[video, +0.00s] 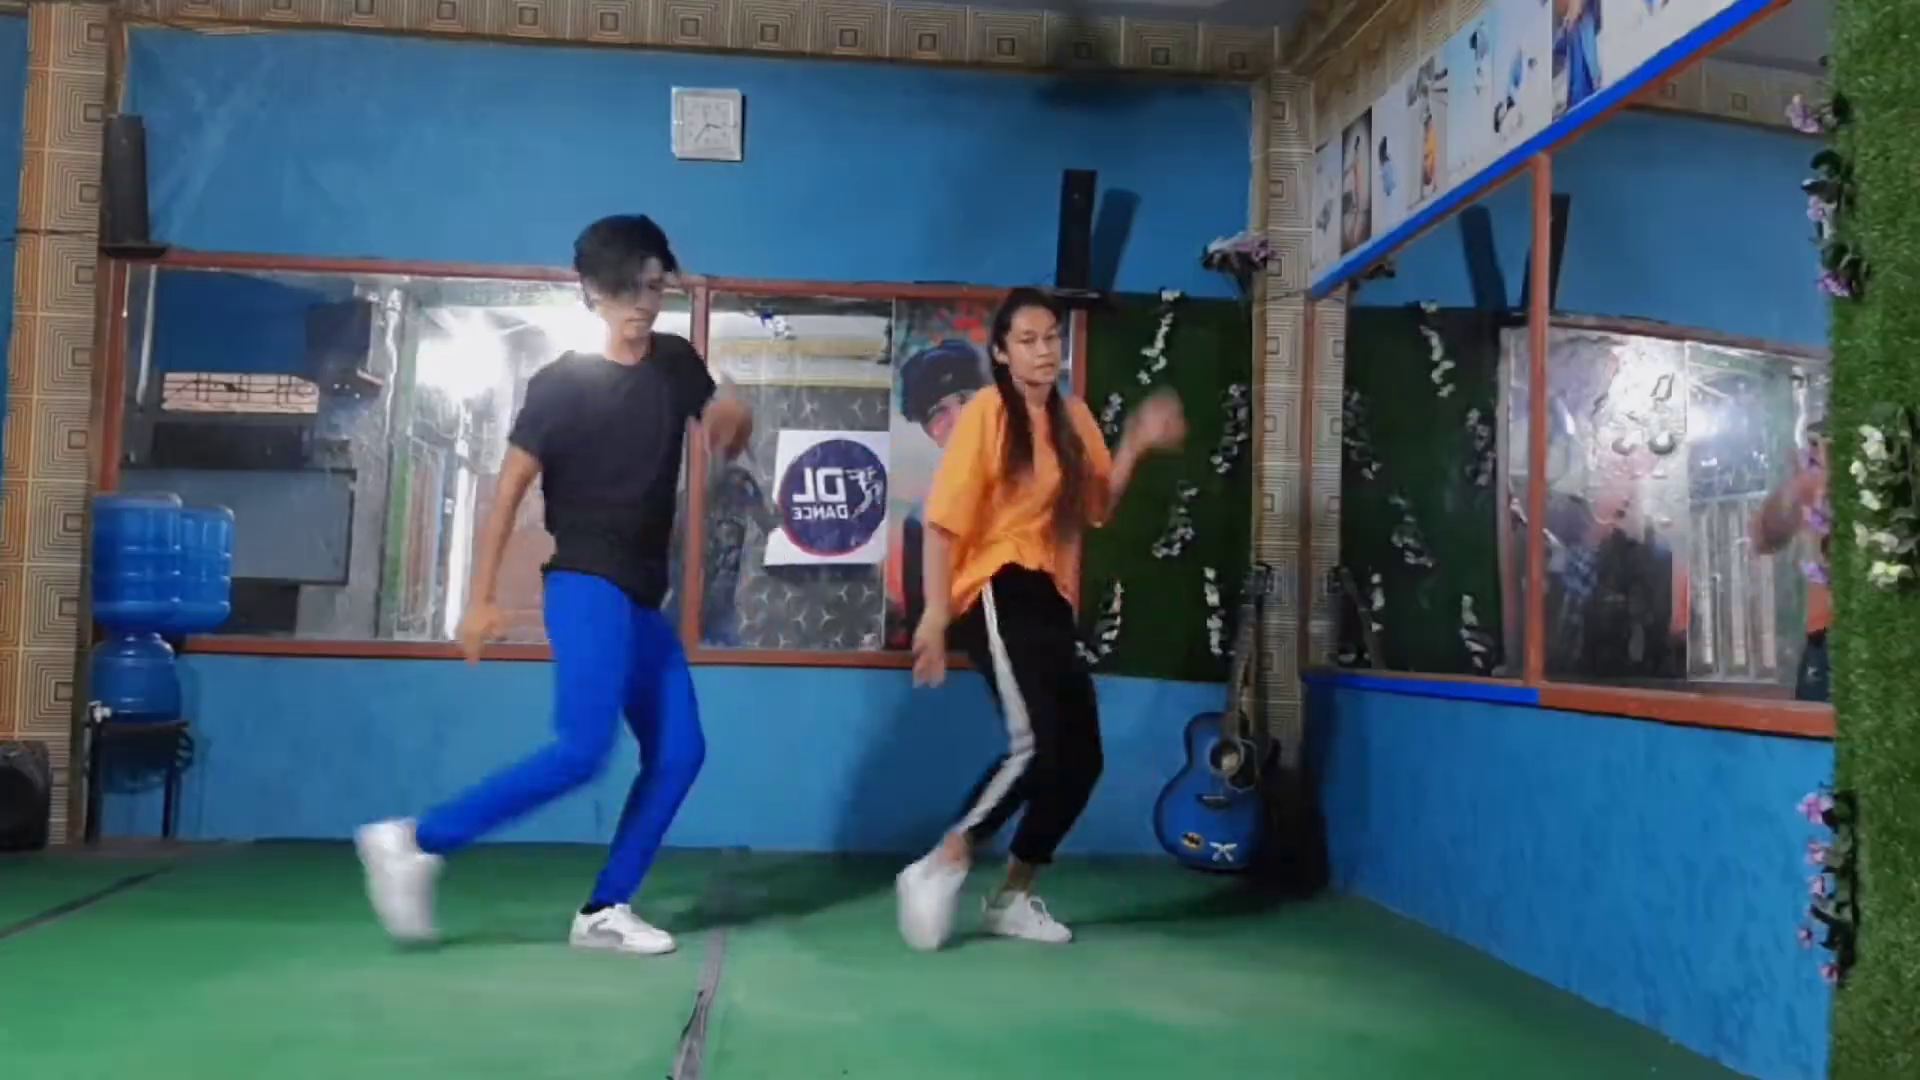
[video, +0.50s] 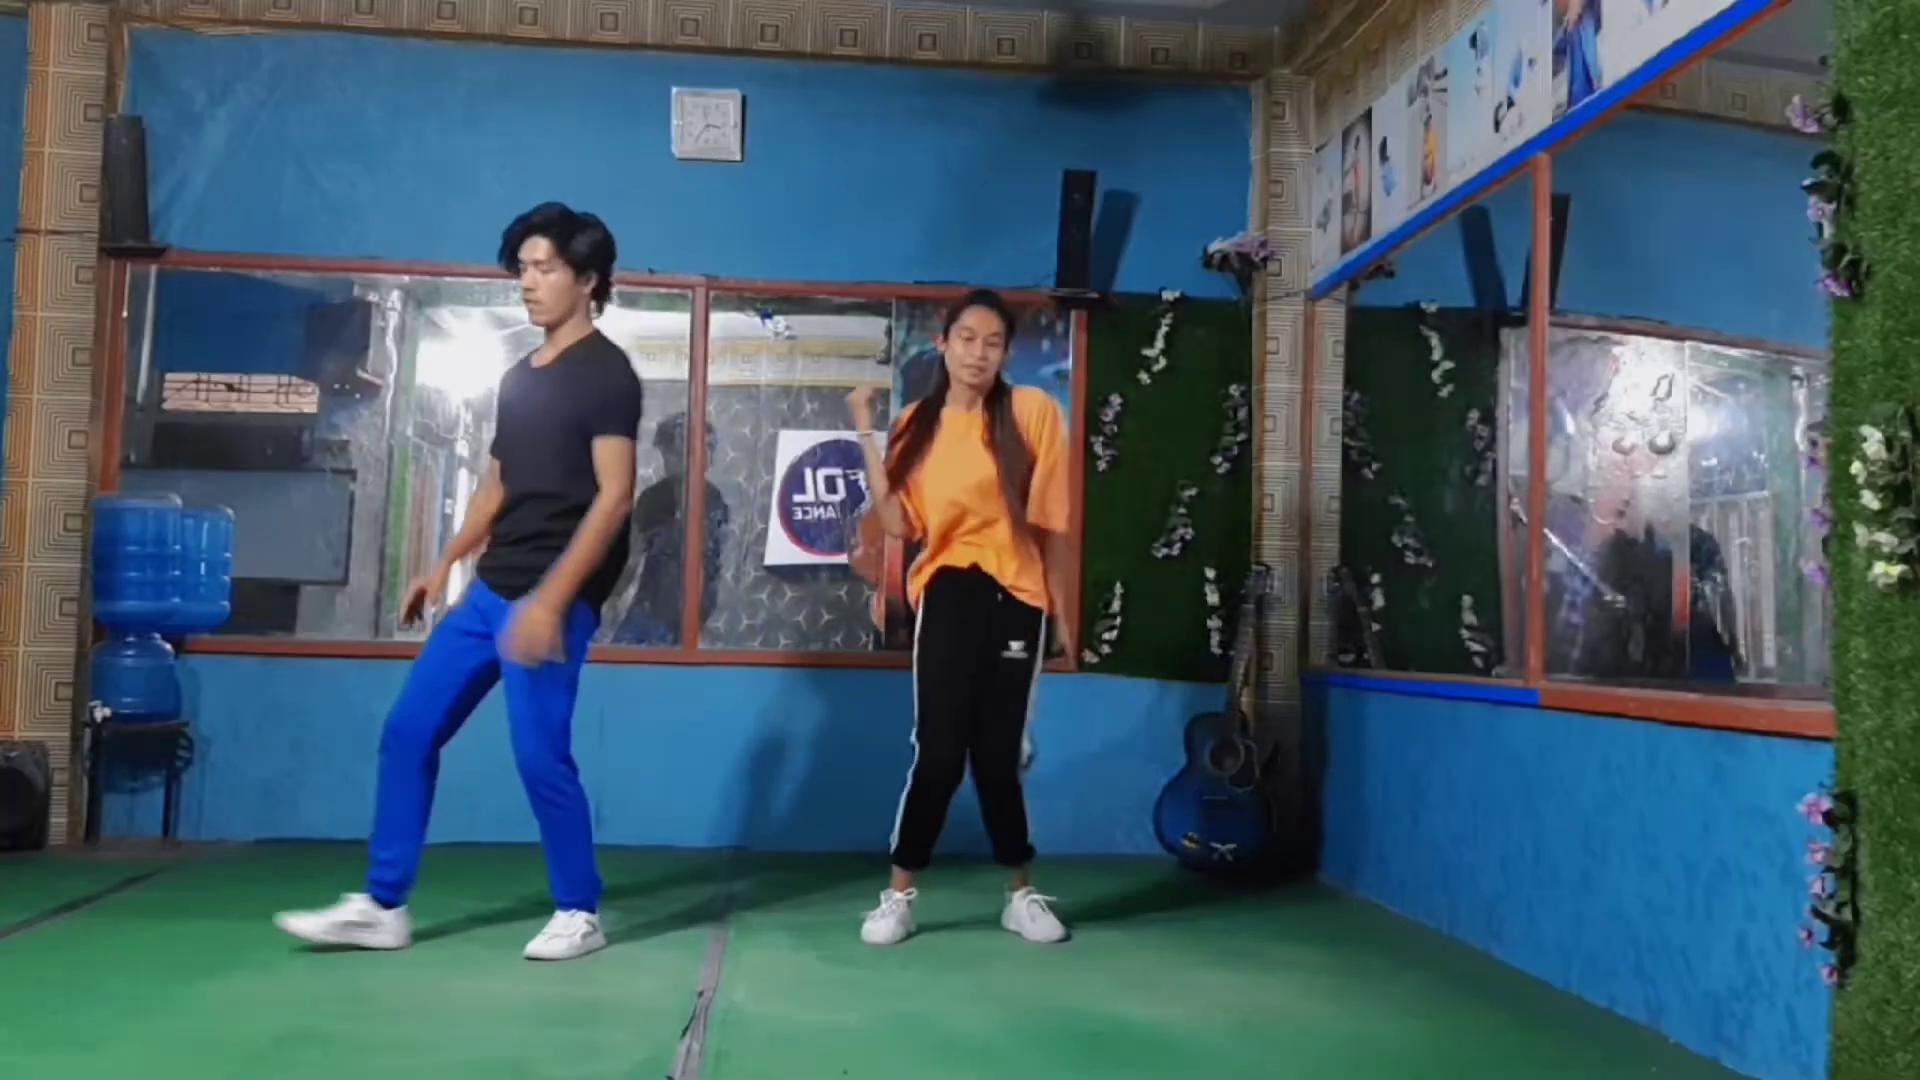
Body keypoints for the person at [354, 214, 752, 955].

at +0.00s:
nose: (646, 307)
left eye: (655, 291)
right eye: (630, 293)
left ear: (667, 288)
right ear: (593, 295)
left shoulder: (676, 362)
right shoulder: (561, 384)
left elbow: (727, 434)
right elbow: (509, 490)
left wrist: (735, 409)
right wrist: (482, 598)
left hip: (642, 601)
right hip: (586, 589)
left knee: (681, 751)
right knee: (582, 751)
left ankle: (606, 911)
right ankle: (412, 842)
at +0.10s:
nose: (644, 298)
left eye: (648, 282)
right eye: (634, 283)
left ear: (648, 285)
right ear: (608, 285)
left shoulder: (665, 366)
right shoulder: (562, 378)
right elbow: (507, 482)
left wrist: (726, 394)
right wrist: (475, 578)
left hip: (638, 591)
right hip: (566, 586)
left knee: (666, 744)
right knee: (495, 722)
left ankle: (613, 904)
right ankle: (377, 853)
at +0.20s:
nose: (630, 282)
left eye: (640, 267)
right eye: (613, 269)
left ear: (653, 274)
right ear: (579, 276)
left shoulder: (671, 356)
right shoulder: (535, 351)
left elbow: (730, 436)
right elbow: (498, 460)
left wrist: (691, 462)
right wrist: (475, 561)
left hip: (624, 587)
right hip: (530, 576)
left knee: (615, 746)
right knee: (443, 714)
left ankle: (595, 903)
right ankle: (436, 891)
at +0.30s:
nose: (598, 281)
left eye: (612, 266)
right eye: (583, 268)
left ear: (636, 275)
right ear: (563, 279)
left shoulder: (664, 367)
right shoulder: (523, 351)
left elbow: (705, 468)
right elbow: (489, 448)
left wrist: (678, 559)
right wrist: (472, 539)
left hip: (597, 585)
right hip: (510, 574)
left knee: (563, 738)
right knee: (439, 723)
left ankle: (576, 907)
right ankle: (438, 899)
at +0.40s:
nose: (555, 281)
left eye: (572, 266)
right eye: (546, 268)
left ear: (615, 276)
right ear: (538, 277)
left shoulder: (640, 369)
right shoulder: (522, 361)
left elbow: (662, 490)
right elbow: (499, 474)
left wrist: (628, 602)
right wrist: (463, 566)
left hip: (571, 595)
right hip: (493, 586)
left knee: (549, 749)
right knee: (417, 723)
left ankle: (576, 912)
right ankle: (435, 894)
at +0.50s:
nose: (528, 284)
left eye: (543, 269)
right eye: (522, 271)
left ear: (588, 279)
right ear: (519, 280)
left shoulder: (607, 371)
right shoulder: (522, 377)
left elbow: (617, 496)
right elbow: (499, 486)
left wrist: (550, 601)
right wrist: (446, 564)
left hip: (553, 604)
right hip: (490, 593)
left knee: (542, 758)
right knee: (409, 731)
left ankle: (578, 914)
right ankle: (382, 904)